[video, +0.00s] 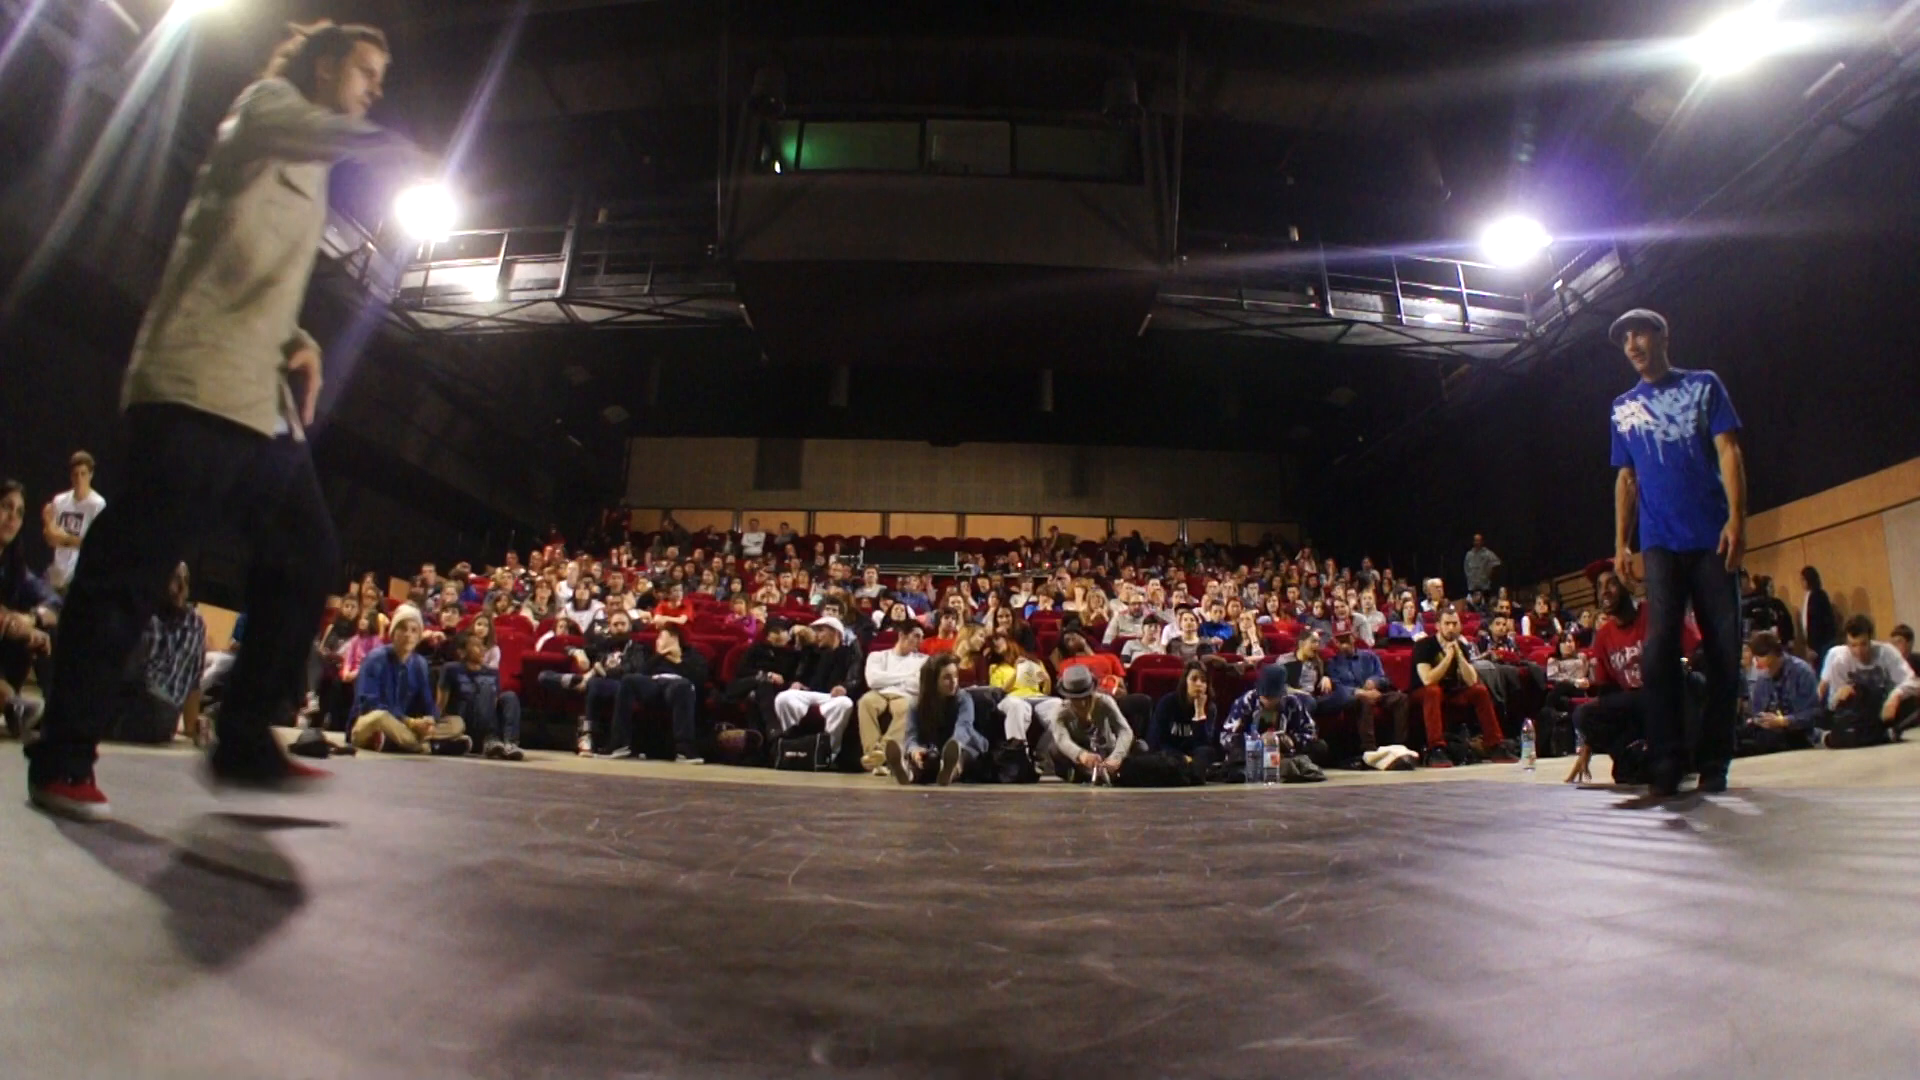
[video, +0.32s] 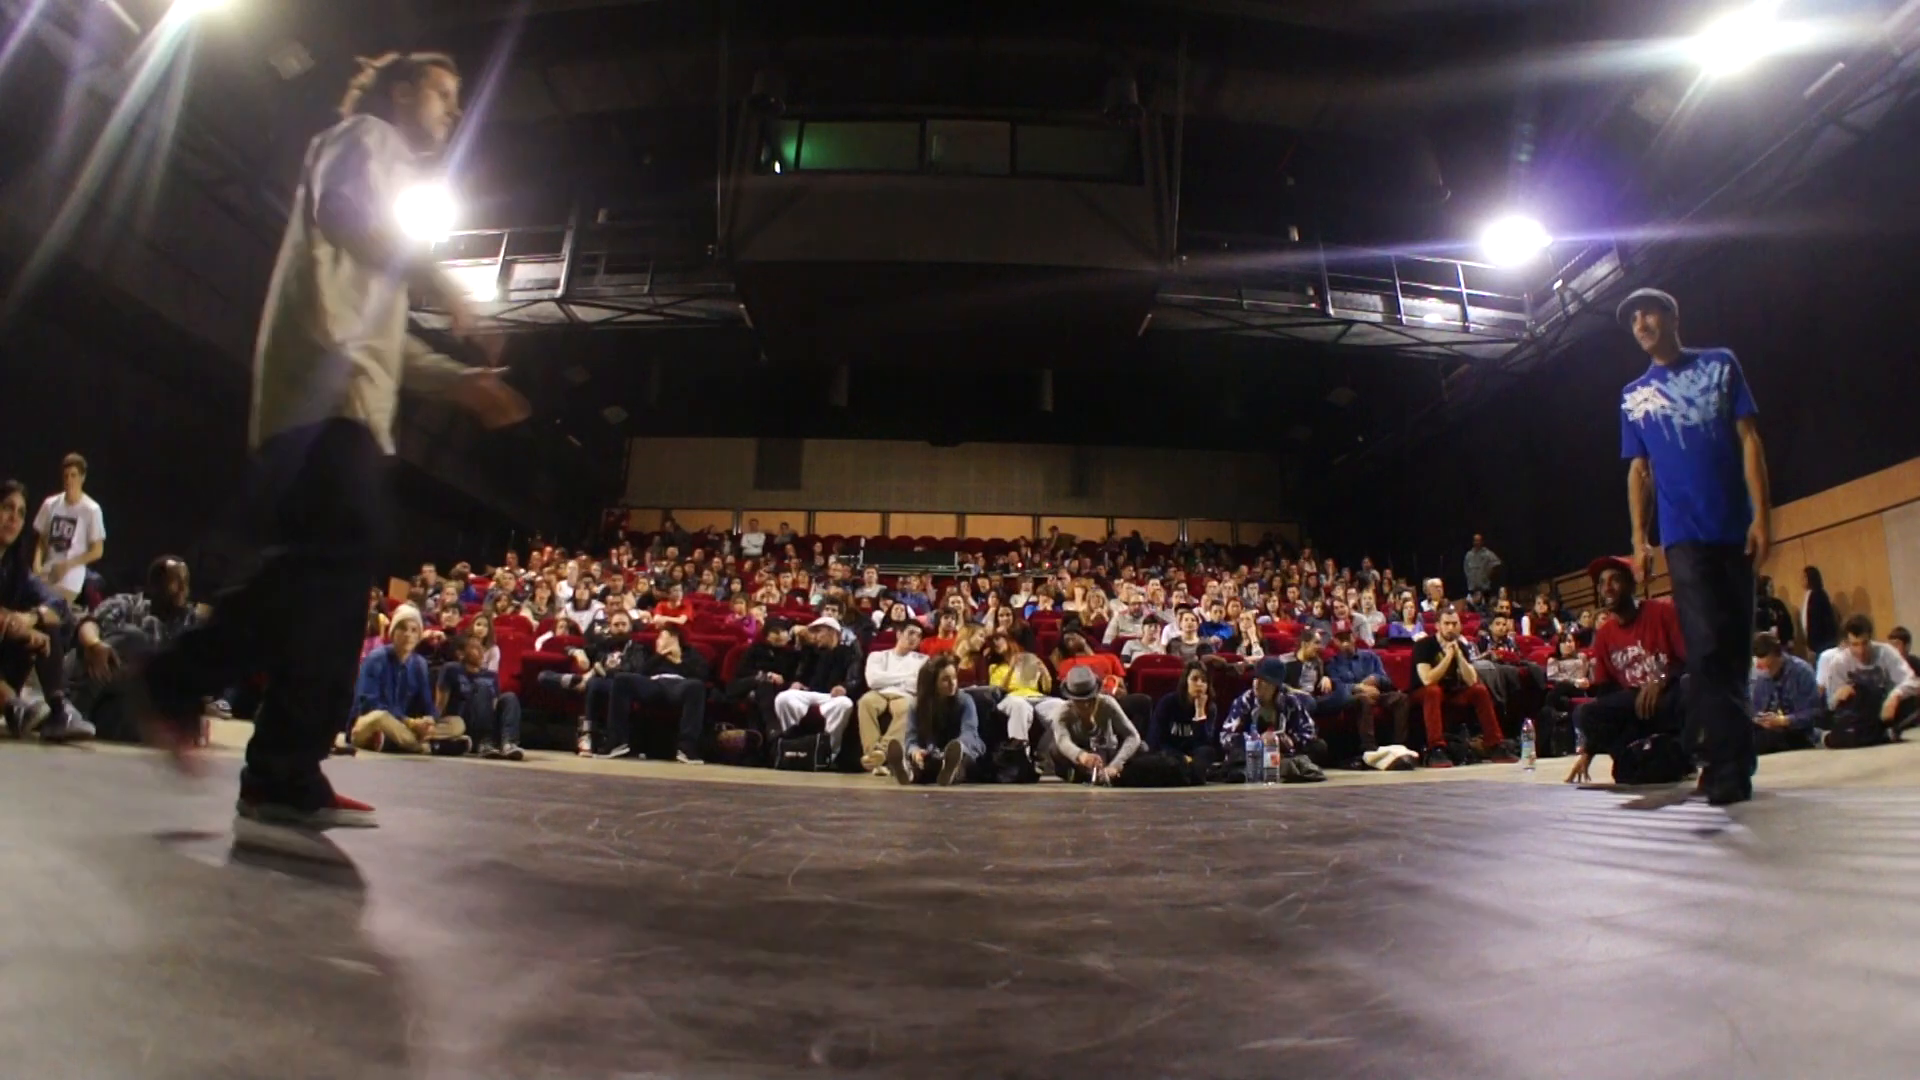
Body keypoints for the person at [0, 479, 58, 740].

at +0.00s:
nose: (12, 518)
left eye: (19, 512)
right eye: (6, 508)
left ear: (23, 519)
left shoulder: (13, 563)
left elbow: (53, 600)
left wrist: (31, 618)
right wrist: (22, 629)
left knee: (24, 640)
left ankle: (11, 708)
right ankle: (11, 704)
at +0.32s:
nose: (13, 518)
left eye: (20, 512)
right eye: (7, 508)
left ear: (25, 520)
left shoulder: (15, 566)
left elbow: (59, 608)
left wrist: (31, 617)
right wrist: (20, 629)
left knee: (47, 629)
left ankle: (59, 711)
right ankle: (13, 706)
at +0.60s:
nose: (10, 514)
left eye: (15, 507)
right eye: (4, 505)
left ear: (20, 514)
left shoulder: (11, 557)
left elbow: (56, 600)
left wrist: (37, 610)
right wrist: (13, 622)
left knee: (47, 623)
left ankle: (58, 708)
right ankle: (11, 705)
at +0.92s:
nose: (9, 518)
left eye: (15, 512)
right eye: (4, 509)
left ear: (19, 518)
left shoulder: (11, 562)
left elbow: (53, 608)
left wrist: (40, 613)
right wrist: (12, 620)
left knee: (42, 625)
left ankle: (59, 709)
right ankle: (12, 703)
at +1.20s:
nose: (8, 516)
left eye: (14, 510)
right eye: (3, 507)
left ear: (19, 518)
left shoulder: (11, 566)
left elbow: (60, 607)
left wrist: (44, 614)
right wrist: (11, 618)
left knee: (46, 623)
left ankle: (59, 709)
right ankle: (11, 703)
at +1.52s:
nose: (14, 521)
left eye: (20, 515)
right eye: (8, 511)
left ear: (23, 521)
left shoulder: (13, 567)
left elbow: (63, 610)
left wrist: (44, 613)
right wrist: (12, 620)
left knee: (43, 624)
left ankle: (58, 709)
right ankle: (11, 704)